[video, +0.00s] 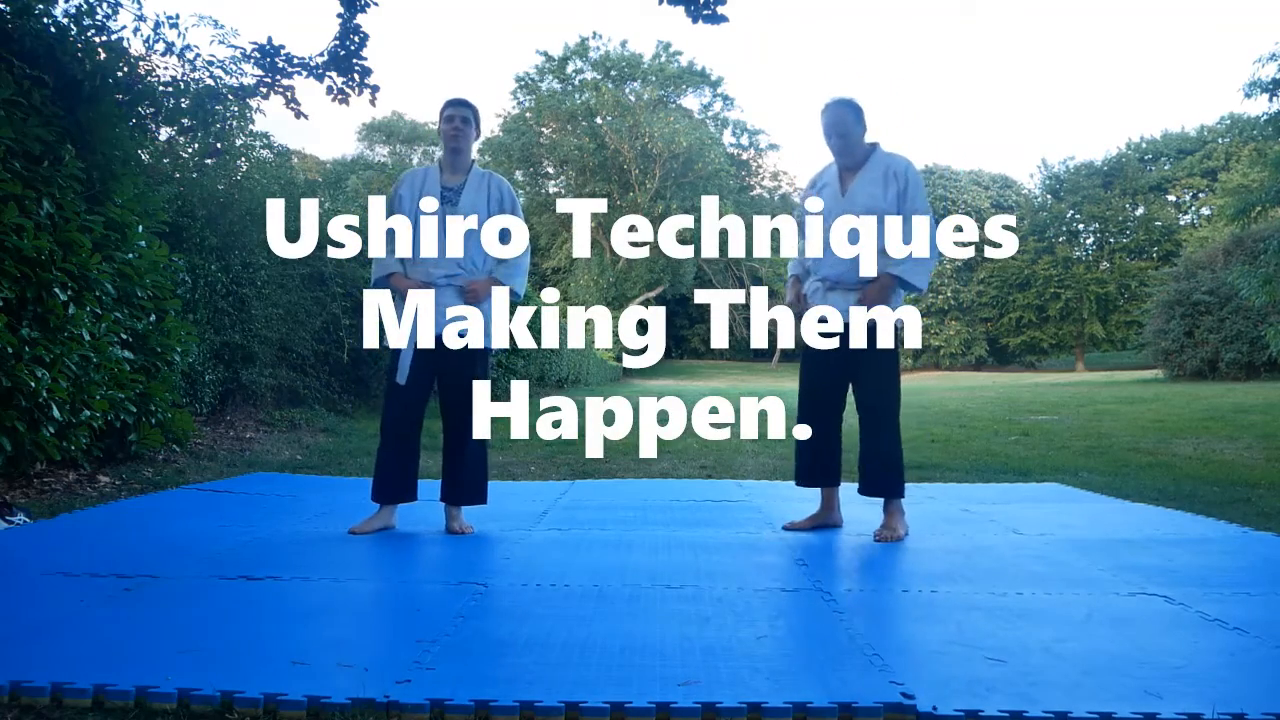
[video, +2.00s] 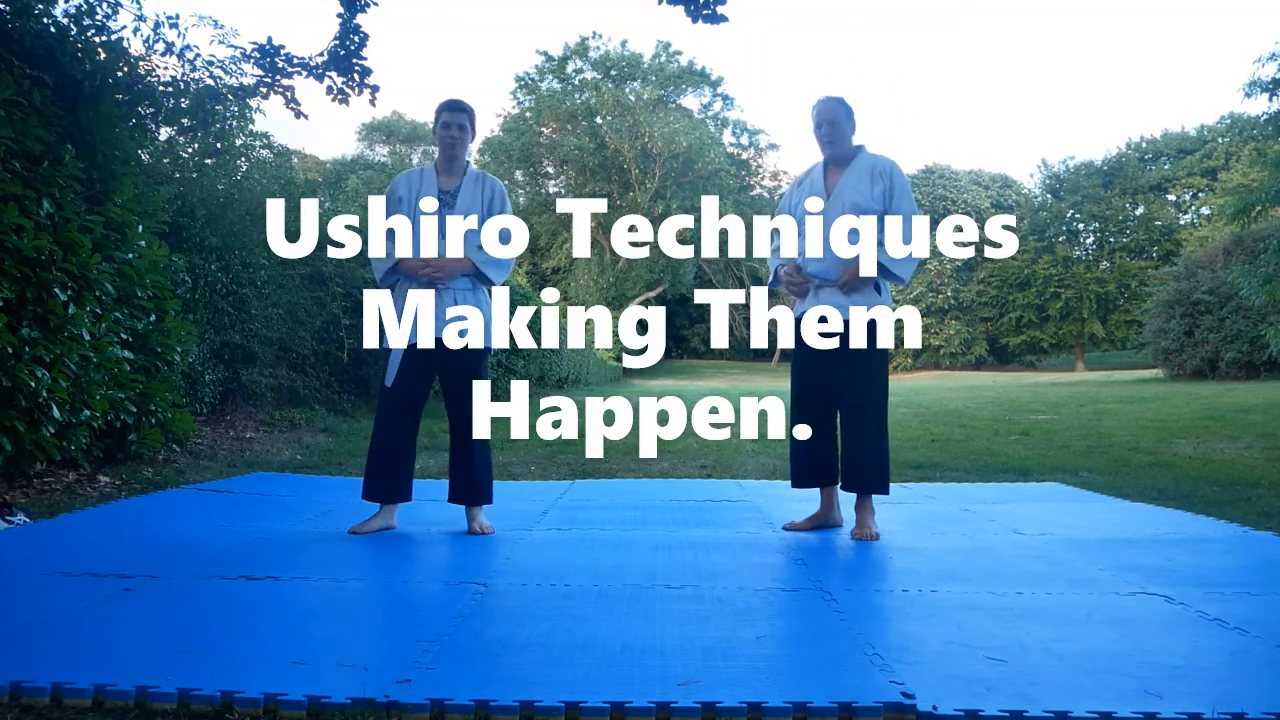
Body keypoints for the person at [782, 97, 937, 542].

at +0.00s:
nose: (836, 143)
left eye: (843, 134)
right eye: (829, 136)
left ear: (863, 128)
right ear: (822, 136)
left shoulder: (898, 171)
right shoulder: (818, 184)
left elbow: (922, 237)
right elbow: (803, 245)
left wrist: (890, 281)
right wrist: (795, 283)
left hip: (876, 309)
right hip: (822, 309)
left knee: (879, 410)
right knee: (820, 409)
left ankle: (893, 513)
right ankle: (829, 507)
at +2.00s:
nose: (825, 131)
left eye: (832, 123)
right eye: (819, 125)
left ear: (853, 126)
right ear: (811, 132)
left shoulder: (883, 171)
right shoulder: (798, 187)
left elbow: (907, 238)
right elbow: (779, 244)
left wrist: (864, 266)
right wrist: (784, 270)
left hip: (863, 310)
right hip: (811, 309)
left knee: (862, 408)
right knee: (813, 408)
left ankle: (864, 509)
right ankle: (828, 506)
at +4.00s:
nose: (808, 138)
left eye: (815, 130)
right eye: (803, 132)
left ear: (839, 132)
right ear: (798, 138)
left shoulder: (868, 175)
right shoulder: (795, 193)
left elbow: (890, 240)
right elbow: (780, 256)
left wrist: (865, 293)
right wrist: (771, 301)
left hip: (850, 306)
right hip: (800, 309)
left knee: (847, 406)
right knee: (810, 408)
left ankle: (856, 502)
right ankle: (827, 506)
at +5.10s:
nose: (771, 131)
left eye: (780, 122)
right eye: (768, 123)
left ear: (808, 122)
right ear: (768, 126)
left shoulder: (835, 165)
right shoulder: (767, 180)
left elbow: (850, 231)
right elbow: (750, 244)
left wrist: (829, 290)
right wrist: (726, 302)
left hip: (809, 307)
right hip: (761, 307)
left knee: (800, 408)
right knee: (741, 401)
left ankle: (792, 512)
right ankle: (782, 487)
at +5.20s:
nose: (767, 130)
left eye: (775, 122)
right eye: (764, 123)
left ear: (803, 121)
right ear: (766, 125)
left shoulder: (832, 165)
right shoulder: (763, 179)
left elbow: (848, 231)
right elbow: (746, 243)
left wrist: (825, 290)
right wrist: (726, 301)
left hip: (807, 306)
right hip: (757, 306)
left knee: (799, 410)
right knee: (735, 403)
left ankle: (791, 514)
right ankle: (751, 497)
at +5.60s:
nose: (738, 129)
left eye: (747, 121)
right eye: (734, 121)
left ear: (774, 123)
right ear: (732, 124)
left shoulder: (802, 169)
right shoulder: (721, 178)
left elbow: (822, 236)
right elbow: (700, 245)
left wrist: (832, 301)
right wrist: (678, 305)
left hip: (781, 305)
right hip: (725, 306)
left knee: (783, 411)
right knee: (711, 409)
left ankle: (789, 514)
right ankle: (699, 508)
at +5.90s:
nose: (731, 125)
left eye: (740, 118)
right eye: (725, 118)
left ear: (756, 124)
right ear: (715, 124)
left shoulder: (778, 174)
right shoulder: (694, 173)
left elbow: (804, 238)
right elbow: (658, 223)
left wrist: (838, 292)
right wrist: (624, 266)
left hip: (762, 304)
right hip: (704, 303)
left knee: (762, 407)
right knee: (696, 405)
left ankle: (766, 505)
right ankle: (698, 506)